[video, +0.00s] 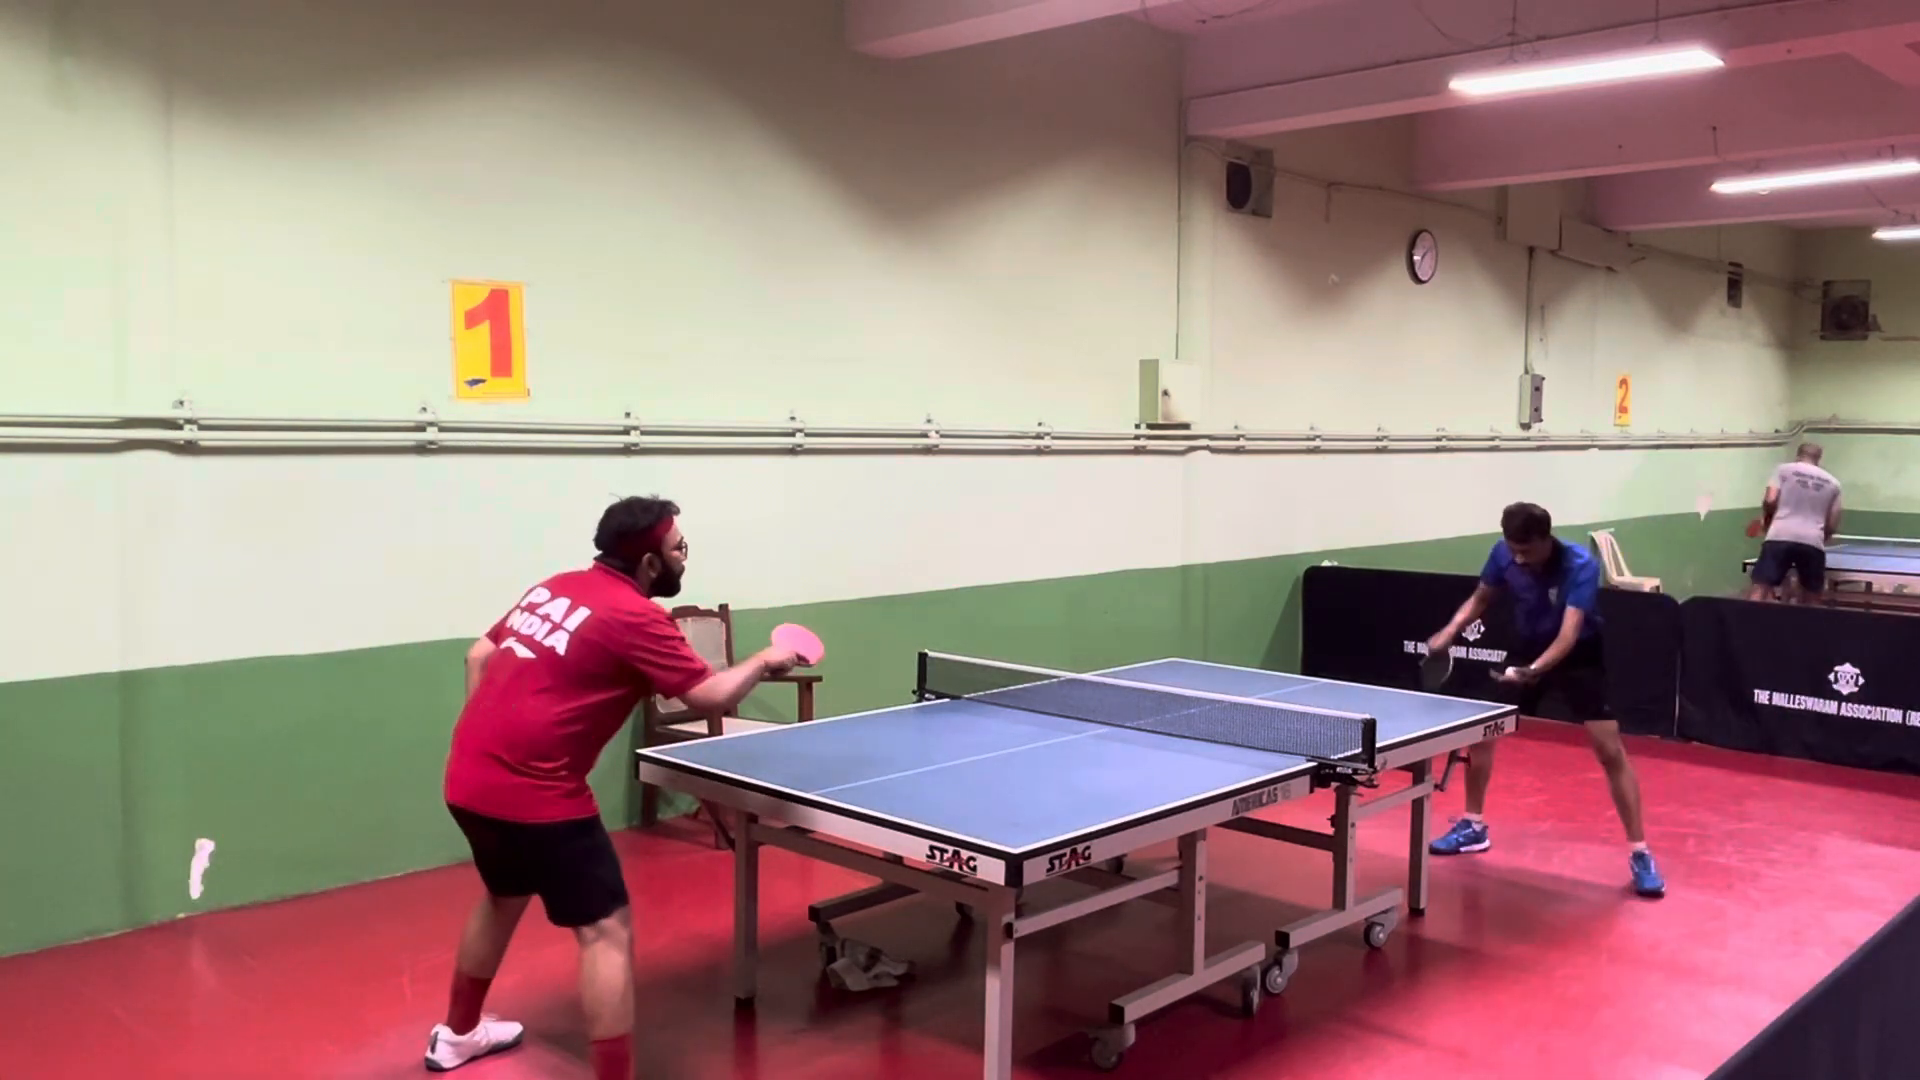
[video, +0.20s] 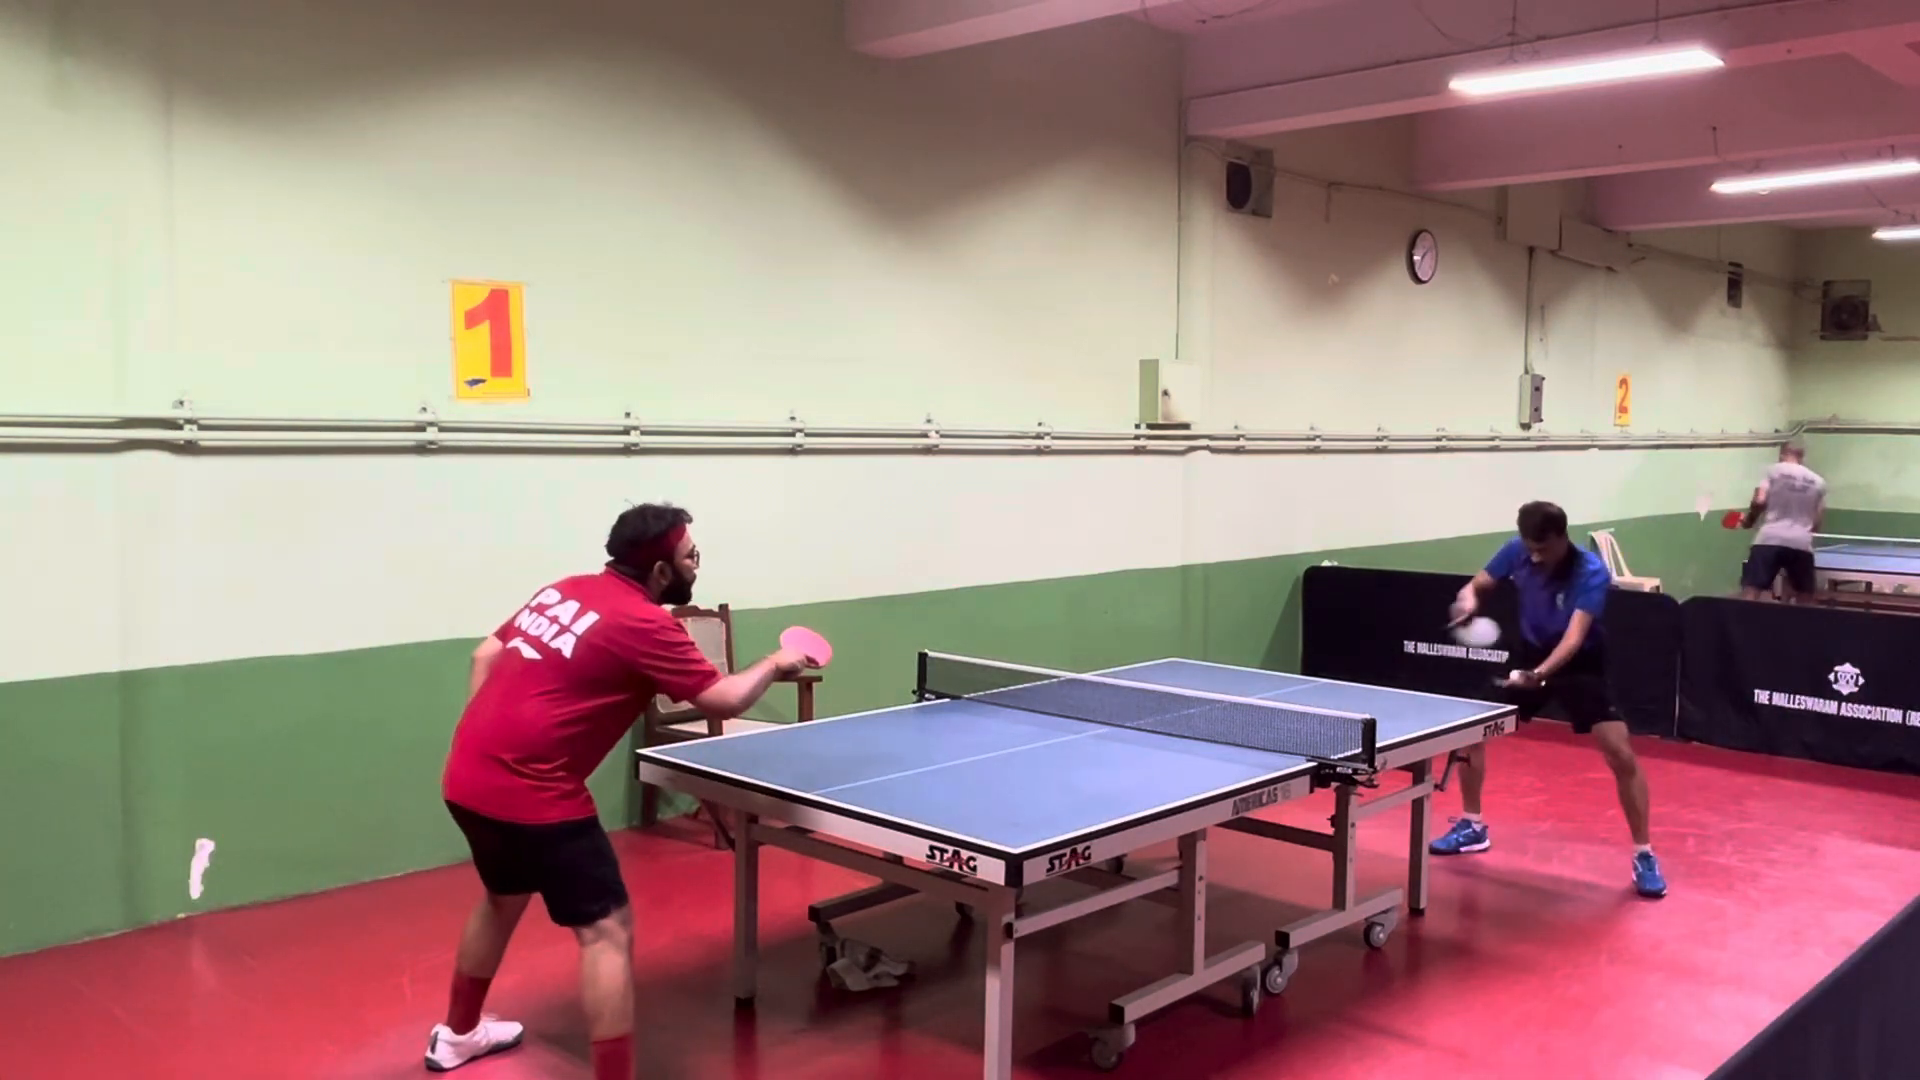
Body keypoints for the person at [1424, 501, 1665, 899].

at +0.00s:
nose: (1518, 557)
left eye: (1526, 551)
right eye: (1513, 550)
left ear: (1546, 539)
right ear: (1507, 542)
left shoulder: (1580, 564)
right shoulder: (1504, 554)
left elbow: (1570, 634)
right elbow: (1480, 598)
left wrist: (1532, 669)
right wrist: (1448, 632)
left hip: (1578, 656)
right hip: (1525, 652)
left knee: (1610, 751)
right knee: (1481, 731)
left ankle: (1640, 853)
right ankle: (1473, 824)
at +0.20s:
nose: (1535, 556)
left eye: (1543, 549)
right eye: (1529, 549)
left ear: (1562, 539)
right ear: (1522, 541)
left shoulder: (1591, 571)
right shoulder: (1517, 549)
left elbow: (1576, 635)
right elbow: (1475, 587)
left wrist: (1538, 673)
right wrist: (1468, 601)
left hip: (1580, 663)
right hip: (1528, 656)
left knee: (1621, 757)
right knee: (1468, 729)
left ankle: (1644, 855)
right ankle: (1472, 825)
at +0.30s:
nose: (1545, 547)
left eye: (1553, 540)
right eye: (1540, 539)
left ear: (1573, 530)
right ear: (1534, 531)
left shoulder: (1600, 566)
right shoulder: (1527, 542)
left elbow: (1578, 629)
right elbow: (1472, 586)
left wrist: (1538, 642)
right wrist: (1502, 586)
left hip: (1581, 665)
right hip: (1531, 658)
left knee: (1622, 758)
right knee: (1468, 729)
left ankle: (1644, 856)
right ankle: (1472, 825)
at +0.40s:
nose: (1553, 535)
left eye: (1561, 527)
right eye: (1546, 526)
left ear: (1581, 521)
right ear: (1538, 520)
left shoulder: (1604, 554)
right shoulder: (1529, 536)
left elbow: (1582, 610)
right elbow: (1490, 578)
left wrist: (1535, 592)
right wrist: (1531, 575)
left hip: (1585, 665)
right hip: (1533, 658)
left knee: (1623, 755)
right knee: (1473, 727)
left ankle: (1644, 855)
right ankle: (1472, 825)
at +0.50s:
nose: (1555, 521)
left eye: (1564, 512)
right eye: (1549, 512)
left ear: (1586, 512)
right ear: (1542, 510)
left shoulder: (1607, 550)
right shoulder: (1532, 534)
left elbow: (1592, 606)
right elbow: (1517, 580)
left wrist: (1545, 584)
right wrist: (1585, 566)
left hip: (1586, 662)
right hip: (1531, 656)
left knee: (1626, 753)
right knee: (1477, 732)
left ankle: (1645, 854)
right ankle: (1472, 824)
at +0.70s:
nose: (1561, 522)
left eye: (1570, 513)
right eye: (1554, 513)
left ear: (1589, 514)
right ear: (1546, 513)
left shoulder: (1615, 552)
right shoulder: (1531, 543)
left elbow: (1599, 622)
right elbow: (1557, 602)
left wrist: (1548, 623)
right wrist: (1627, 584)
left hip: (1589, 660)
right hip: (1533, 657)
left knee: (1631, 754)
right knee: (1475, 731)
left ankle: (1644, 854)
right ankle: (1472, 824)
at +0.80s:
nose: (1559, 550)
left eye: (1568, 539)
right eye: (1551, 540)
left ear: (1586, 533)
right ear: (1540, 534)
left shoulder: (1609, 560)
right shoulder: (1527, 560)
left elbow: (1597, 631)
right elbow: (1561, 623)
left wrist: (1550, 654)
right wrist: (1627, 599)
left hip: (1591, 662)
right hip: (1536, 660)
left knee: (1637, 755)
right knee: (1468, 736)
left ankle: (1644, 855)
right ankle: (1471, 824)